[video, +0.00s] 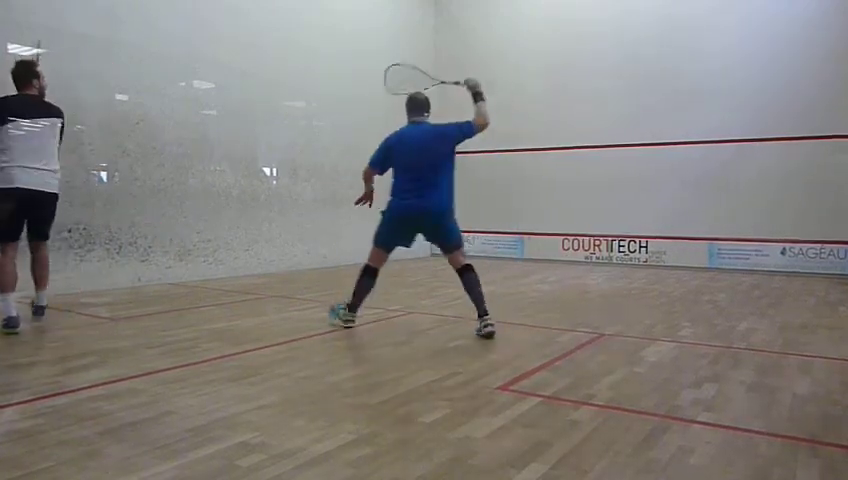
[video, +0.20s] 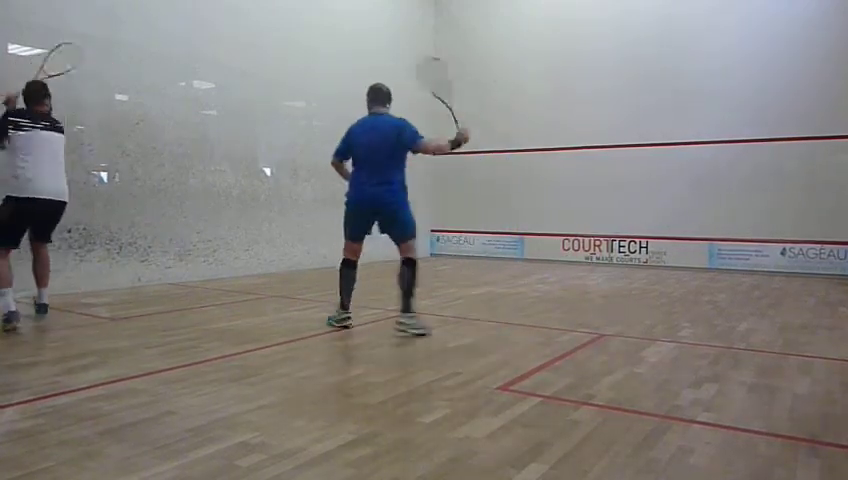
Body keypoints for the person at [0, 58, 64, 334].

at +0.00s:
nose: (44, 82)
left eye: (42, 77)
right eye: (42, 77)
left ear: (15, 83)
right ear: (35, 81)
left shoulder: (4, 106)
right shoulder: (55, 113)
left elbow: (3, 142)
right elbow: (55, 146)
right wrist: (42, 100)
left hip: (10, 187)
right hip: (46, 189)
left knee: (7, 250)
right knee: (40, 246)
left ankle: (9, 313)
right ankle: (40, 304)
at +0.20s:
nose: (48, 105)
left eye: (47, 101)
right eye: (47, 101)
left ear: (25, 101)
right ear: (46, 101)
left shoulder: (13, 119)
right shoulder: (58, 126)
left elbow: (2, 137)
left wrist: (7, 110)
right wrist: (15, 112)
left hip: (22, 195)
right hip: (57, 197)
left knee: (4, 250)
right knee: (40, 243)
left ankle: (9, 308)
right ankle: (42, 301)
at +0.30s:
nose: (32, 112)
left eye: (32, 110)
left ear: (31, 115)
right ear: (54, 118)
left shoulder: (22, 129)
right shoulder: (63, 141)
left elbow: (4, 160)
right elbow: (50, 177)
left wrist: (9, 176)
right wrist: (13, 176)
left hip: (30, 201)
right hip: (63, 206)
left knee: (1, 246)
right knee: (40, 246)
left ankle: (4, 301)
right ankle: (43, 301)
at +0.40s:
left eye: (39, 133)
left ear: (39, 134)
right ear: (60, 137)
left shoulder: (29, 148)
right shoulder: (72, 157)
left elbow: (15, 186)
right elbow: (69, 191)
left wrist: (13, 206)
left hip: (33, 209)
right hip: (66, 215)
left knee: (1, 246)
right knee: (43, 245)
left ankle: (5, 297)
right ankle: (44, 301)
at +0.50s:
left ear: (45, 142)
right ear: (67, 144)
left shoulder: (30, 157)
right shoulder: (81, 167)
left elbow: (11, 192)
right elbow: (81, 202)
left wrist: (2, 218)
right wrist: (75, 222)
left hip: (31, 214)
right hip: (65, 219)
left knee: (5, 264)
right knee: (51, 248)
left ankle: (17, 293)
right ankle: (45, 300)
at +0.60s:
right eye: (70, 132)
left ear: (50, 132)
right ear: (74, 133)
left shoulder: (32, 152)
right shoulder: (86, 157)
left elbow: (9, 182)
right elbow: (119, 188)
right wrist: (150, 211)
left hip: (34, 217)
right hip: (67, 219)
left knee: (25, 273)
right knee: (52, 251)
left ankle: (30, 297)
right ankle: (46, 299)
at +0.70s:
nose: (82, 115)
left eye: (78, 112)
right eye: (82, 112)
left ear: (59, 114)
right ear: (83, 113)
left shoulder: (42, 134)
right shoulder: (95, 136)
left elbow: (15, 165)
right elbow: (124, 152)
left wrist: (1, 187)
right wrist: (155, 175)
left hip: (41, 205)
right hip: (76, 209)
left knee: (38, 266)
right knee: (59, 261)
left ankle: (47, 310)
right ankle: (47, 308)